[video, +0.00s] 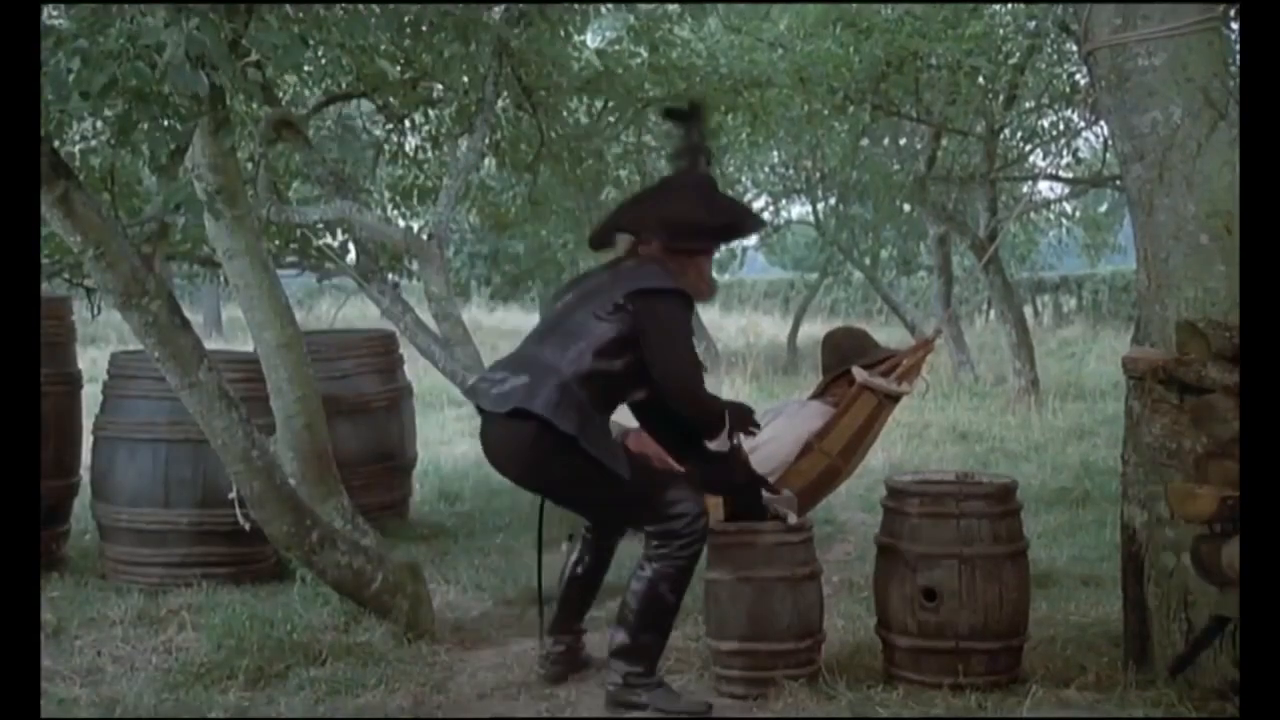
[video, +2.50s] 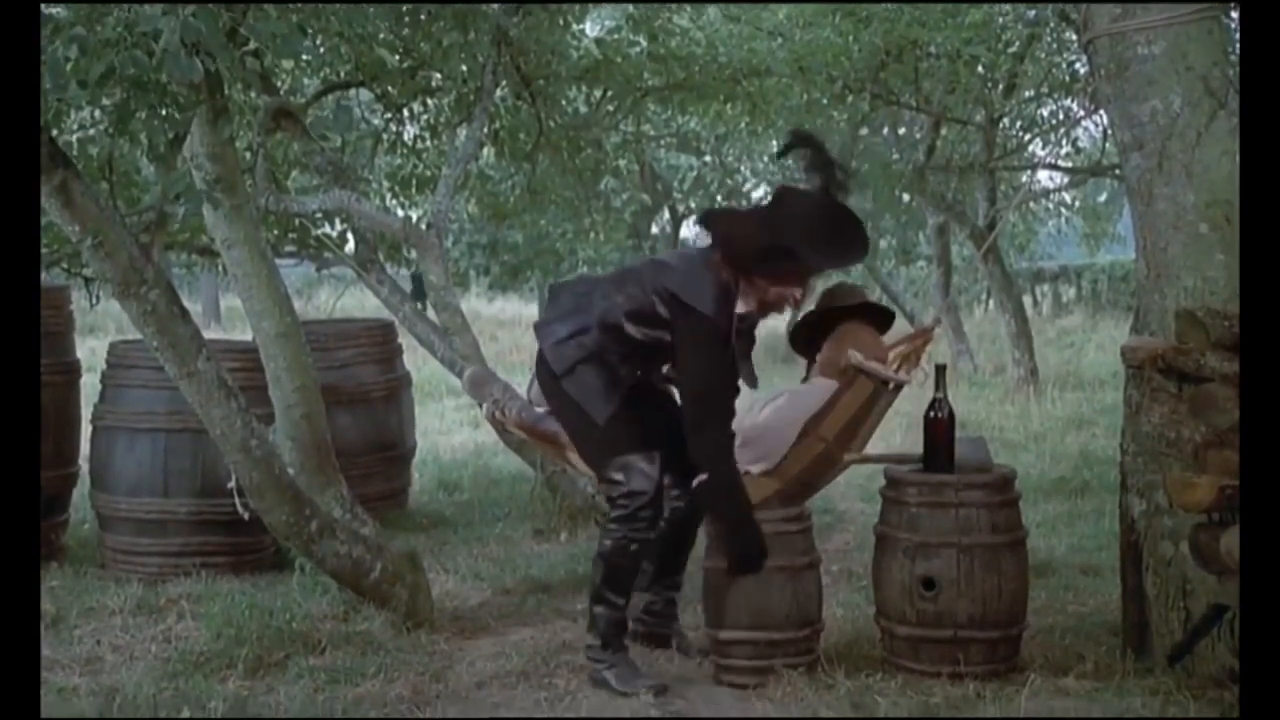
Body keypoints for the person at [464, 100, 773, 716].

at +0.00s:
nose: (715, 274)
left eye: (715, 258)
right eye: (710, 258)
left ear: (652, 249)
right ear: (679, 253)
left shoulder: (608, 283)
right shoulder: (662, 293)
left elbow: (667, 422)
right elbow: (686, 402)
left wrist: (745, 488)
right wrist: (730, 415)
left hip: (502, 428)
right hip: (543, 434)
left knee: (613, 510)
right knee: (682, 517)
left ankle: (561, 646)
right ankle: (634, 679)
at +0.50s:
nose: (748, 276)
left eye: (750, 262)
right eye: (746, 260)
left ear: (693, 254)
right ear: (716, 259)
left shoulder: (644, 285)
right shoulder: (676, 302)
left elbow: (652, 410)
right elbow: (689, 416)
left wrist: (699, 463)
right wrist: (732, 424)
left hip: (518, 409)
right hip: (543, 416)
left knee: (635, 510)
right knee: (682, 511)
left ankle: (563, 646)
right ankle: (634, 675)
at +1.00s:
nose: (821, 275)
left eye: (825, 262)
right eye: (817, 261)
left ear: (764, 248)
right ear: (783, 255)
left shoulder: (714, 278)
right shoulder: (754, 288)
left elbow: (707, 394)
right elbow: (823, 384)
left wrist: (807, 427)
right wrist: (902, 405)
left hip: (574, 382)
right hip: (608, 391)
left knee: (644, 511)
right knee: (728, 499)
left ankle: (564, 641)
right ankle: (686, 666)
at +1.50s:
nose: (837, 285)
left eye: (842, 272)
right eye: (836, 271)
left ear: (783, 254)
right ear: (803, 263)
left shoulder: (736, 277)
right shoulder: (772, 290)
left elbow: (764, 395)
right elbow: (820, 381)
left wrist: (842, 402)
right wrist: (883, 399)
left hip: (588, 381)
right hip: (627, 390)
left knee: (645, 511)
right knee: (736, 500)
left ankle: (564, 639)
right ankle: (685, 663)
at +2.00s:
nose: (830, 276)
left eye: (834, 264)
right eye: (828, 262)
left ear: (777, 236)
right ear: (796, 251)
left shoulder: (738, 258)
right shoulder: (756, 276)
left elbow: (767, 374)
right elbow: (799, 380)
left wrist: (841, 408)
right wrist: (879, 402)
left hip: (595, 361)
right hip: (616, 372)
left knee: (689, 481)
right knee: (718, 487)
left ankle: (618, 608)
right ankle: (685, 658)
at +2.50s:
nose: (800, 299)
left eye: (808, 285)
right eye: (795, 282)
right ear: (760, 268)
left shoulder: (729, 297)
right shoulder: (704, 304)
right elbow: (710, 442)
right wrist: (742, 538)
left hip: (630, 365)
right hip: (575, 358)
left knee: (689, 481)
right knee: (639, 485)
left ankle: (654, 619)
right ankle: (606, 652)